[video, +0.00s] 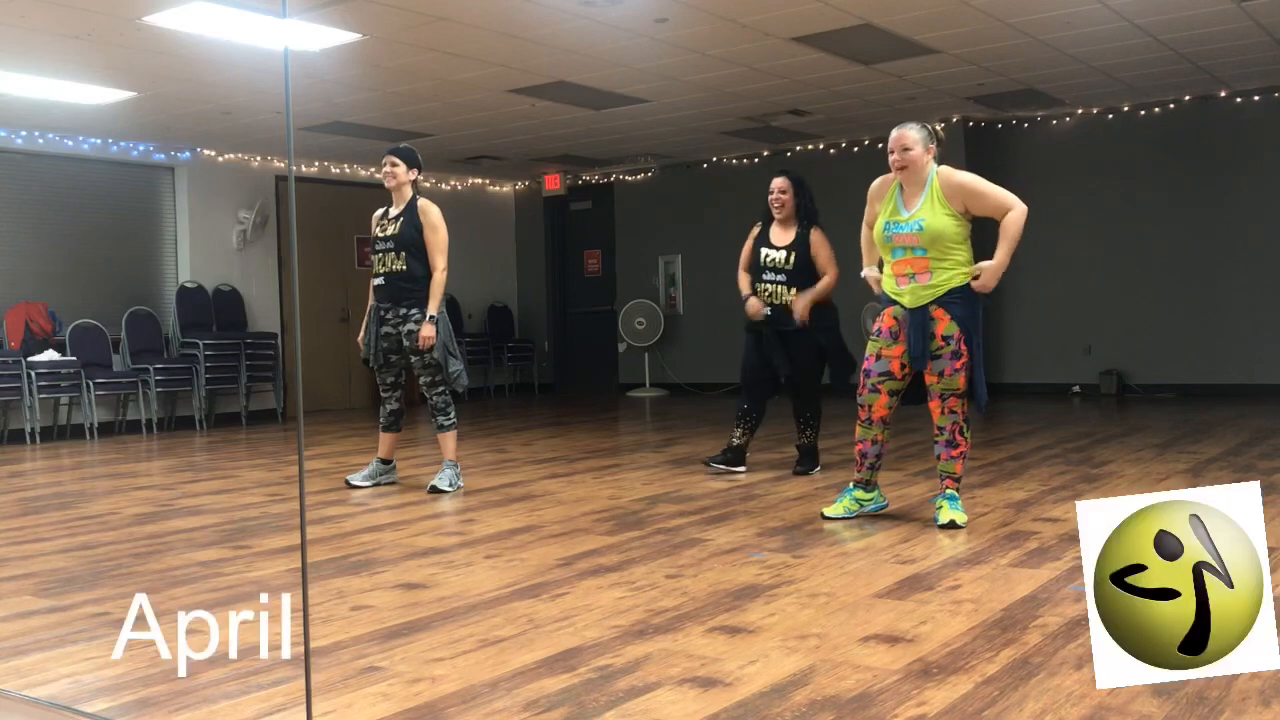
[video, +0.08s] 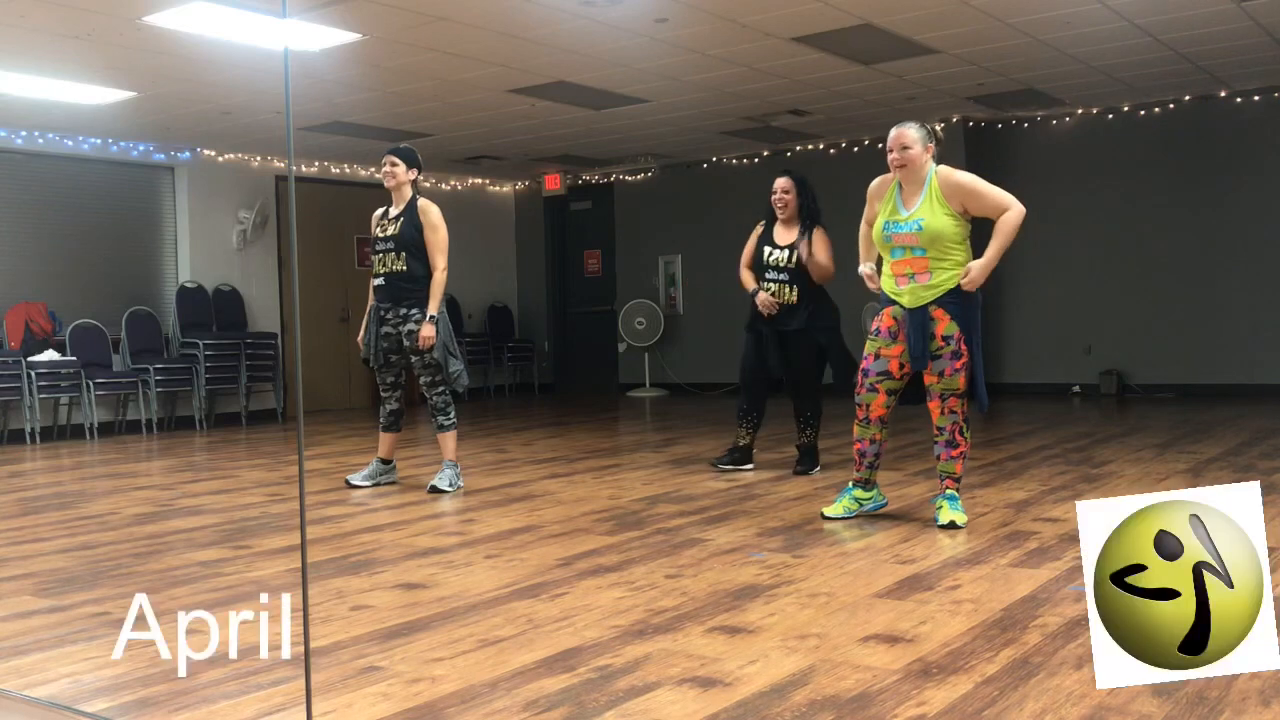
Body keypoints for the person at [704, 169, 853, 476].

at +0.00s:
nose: (775, 198)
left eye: (782, 192)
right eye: (772, 193)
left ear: (797, 197)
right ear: (768, 198)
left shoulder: (812, 235)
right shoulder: (758, 232)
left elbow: (831, 275)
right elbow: (744, 271)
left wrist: (808, 297)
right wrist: (749, 297)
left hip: (801, 330)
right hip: (764, 328)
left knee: (804, 391)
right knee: (753, 387)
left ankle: (808, 454)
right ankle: (736, 451)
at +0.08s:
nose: (778, 198)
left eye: (785, 192)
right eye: (774, 193)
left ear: (800, 197)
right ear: (771, 198)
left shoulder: (814, 234)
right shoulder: (762, 230)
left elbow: (825, 275)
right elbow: (744, 268)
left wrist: (809, 257)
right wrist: (757, 293)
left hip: (805, 325)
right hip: (766, 324)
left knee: (805, 387)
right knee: (752, 382)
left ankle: (808, 453)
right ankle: (743, 450)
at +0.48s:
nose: (768, 199)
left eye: (775, 194)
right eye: (765, 194)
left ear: (791, 198)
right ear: (761, 198)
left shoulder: (801, 232)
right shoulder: (751, 233)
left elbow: (802, 256)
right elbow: (733, 270)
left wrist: (787, 216)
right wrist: (738, 296)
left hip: (794, 326)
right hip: (756, 328)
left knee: (798, 388)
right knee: (760, 389)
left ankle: (807, 454)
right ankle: (762, 450)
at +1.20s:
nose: (736, 202)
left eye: (742, 197)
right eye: (732, 199)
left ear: (757, 201)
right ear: (728, 206)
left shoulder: (769, 232)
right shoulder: (726, 240)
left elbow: (778, 260)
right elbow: (713, 285)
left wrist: (767, 225)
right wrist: (698, 321)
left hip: (772, 322)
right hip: (737, 326)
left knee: (774, 382)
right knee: (748, 385)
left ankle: (776, 450)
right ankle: (759, 447)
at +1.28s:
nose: (737, 203)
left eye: (743, 198)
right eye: (733, 199)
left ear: (757, 202)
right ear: (729, 205)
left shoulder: (773, 232)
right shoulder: (727, 238)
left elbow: (781, 265)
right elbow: (712, 283)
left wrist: (749, 249)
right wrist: (693, 320)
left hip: (771, 324)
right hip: (736, 326)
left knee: (773, 384)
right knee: (746, 387)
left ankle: (774, 452)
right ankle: (759, 448)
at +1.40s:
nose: (738, 202)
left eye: (745, 198)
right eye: (735, 198)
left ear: (759, 203)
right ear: (731, 205)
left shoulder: (773, 235)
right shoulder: (726, 240)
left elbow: (784, 270)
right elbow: (713, 282)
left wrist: (746, 280)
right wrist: (697, 313)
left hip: (770, 327)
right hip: (736, 328)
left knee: (770, 387)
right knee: (746, 387)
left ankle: (773, 454)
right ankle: (759, 447)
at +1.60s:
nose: (741, 199)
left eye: (748, 194)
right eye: (737, 194)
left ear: (762, 200)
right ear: (733, 201)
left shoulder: (776, 235)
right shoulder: (726, 236)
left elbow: (794, 274)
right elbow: (708, 276)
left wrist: (774, 313)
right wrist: (725, 277)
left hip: (770, 328)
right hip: (736, 330)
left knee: (770, 389)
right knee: (747, 389)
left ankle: (774, 456)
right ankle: (759, 447)